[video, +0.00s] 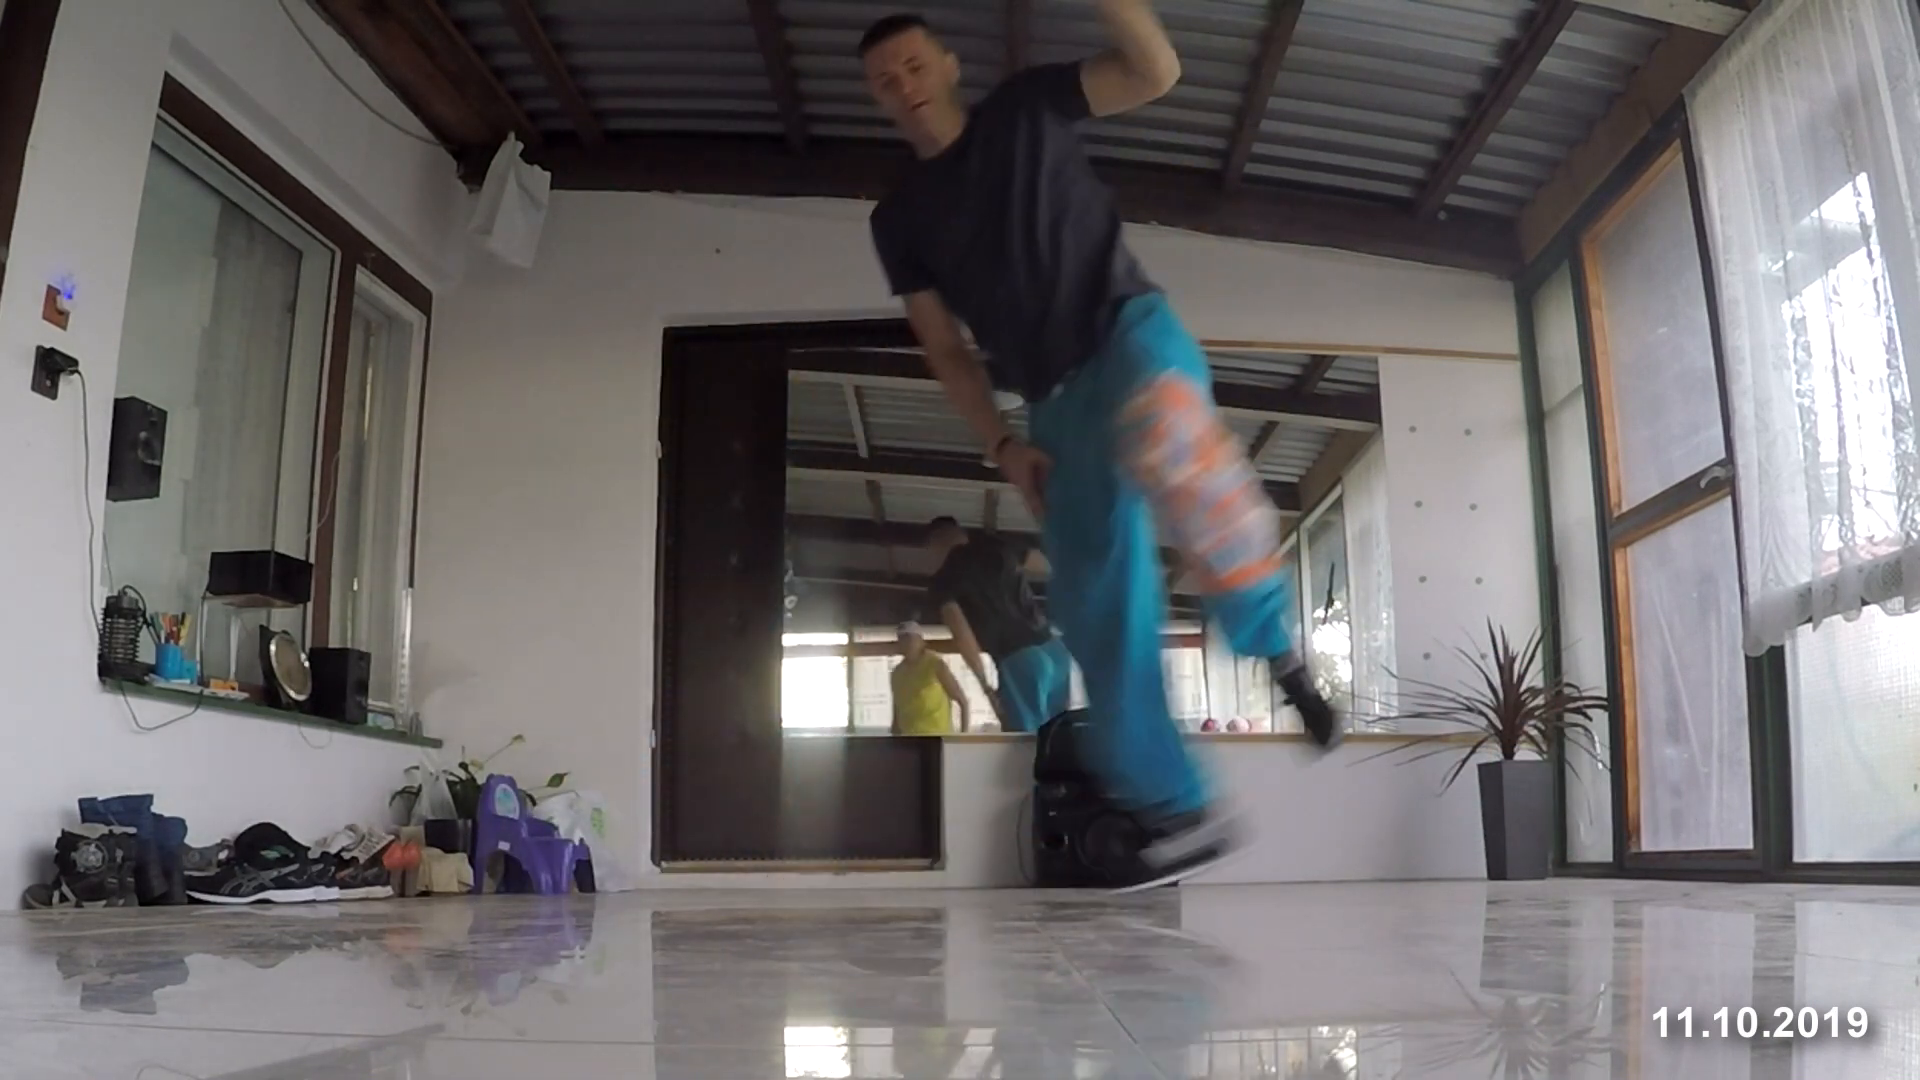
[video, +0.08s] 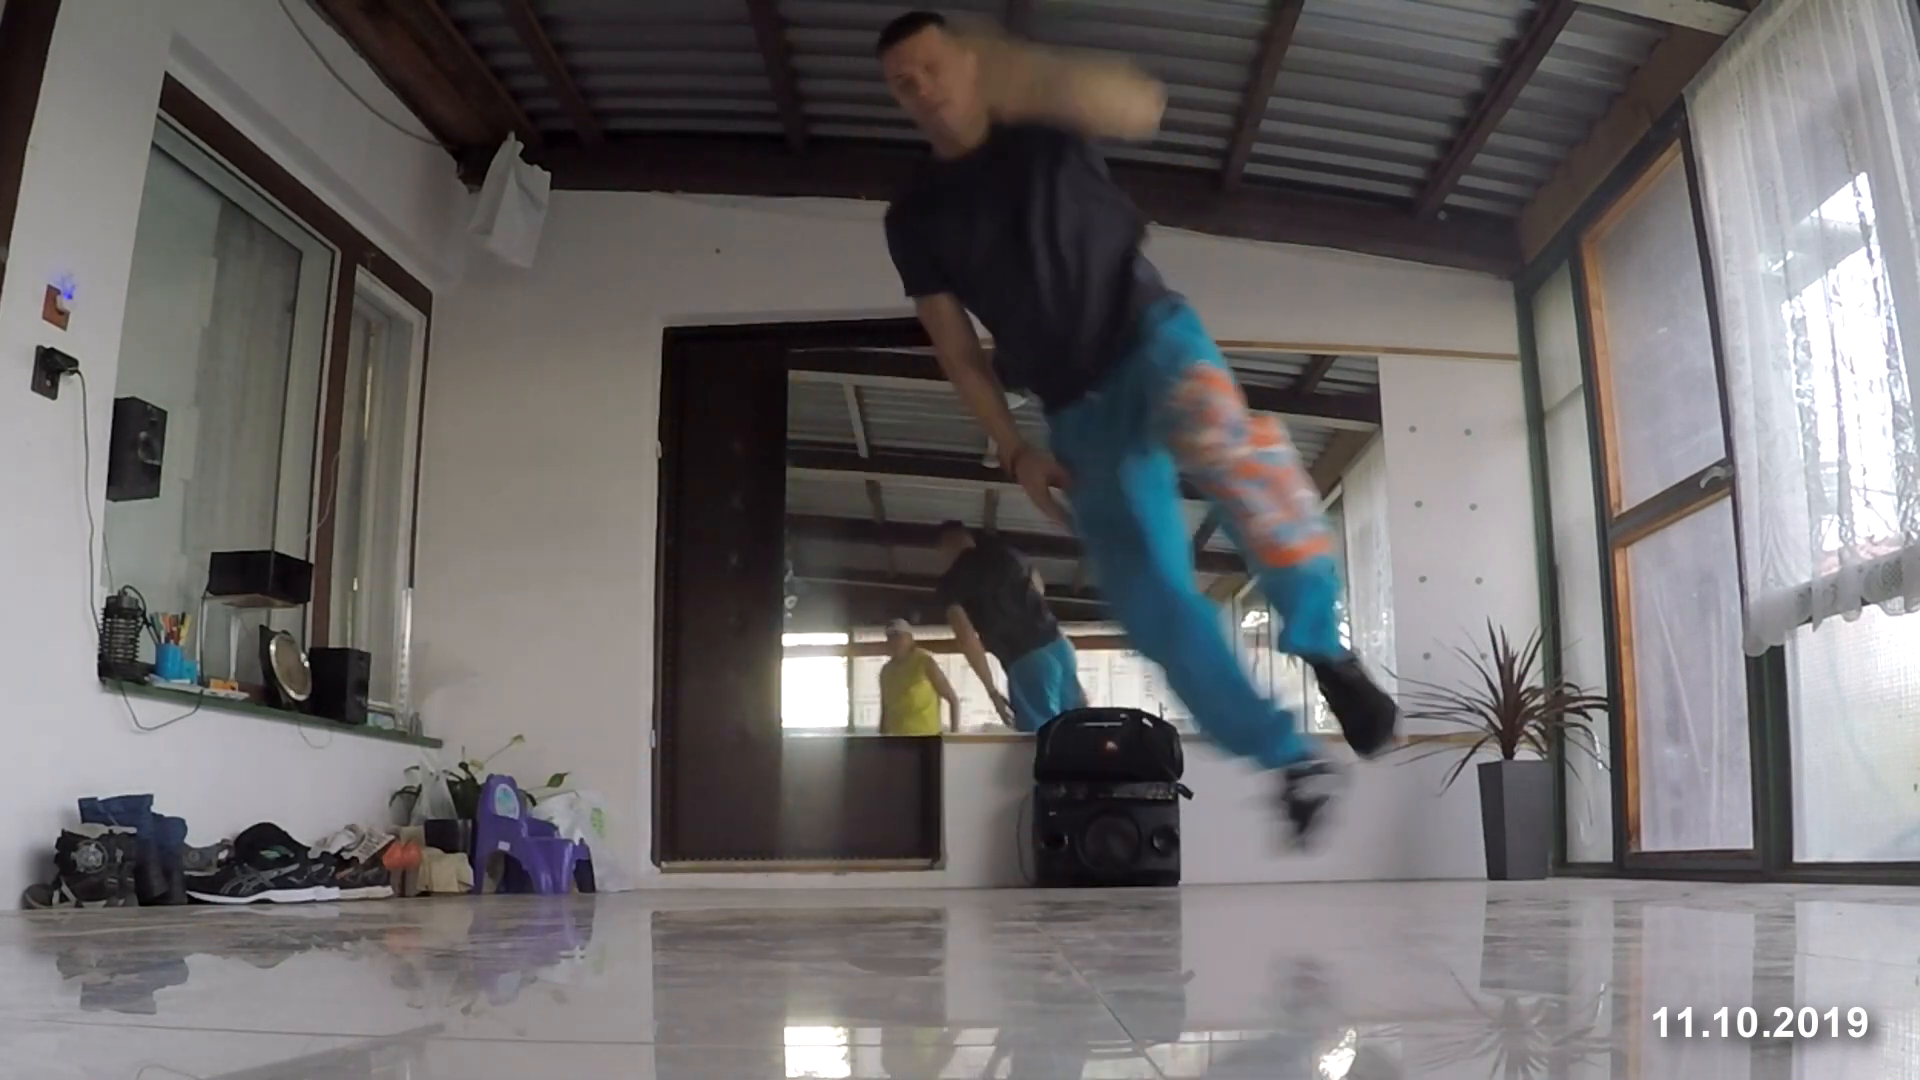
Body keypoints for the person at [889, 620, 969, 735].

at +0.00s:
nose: (907, 644)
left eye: (911, 639)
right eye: (903, 640)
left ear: (921, 641)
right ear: (899, 643)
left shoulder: (935, 664)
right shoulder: (897, 672)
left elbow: (963, 701)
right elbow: (897, 709)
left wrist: (964, 735)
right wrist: (895, 734)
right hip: (906, 737)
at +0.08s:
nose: (893, 643)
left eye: (897, 637)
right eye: (890, 638)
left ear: (909, 638)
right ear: (888, 641)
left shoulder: (924, 662)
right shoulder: (886, 670)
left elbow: (953, 699)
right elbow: (885, 707)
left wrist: (954, 733)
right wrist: (882, 734)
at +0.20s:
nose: (884, 639)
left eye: (888, 634)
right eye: (879, 635)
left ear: (899, 635)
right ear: (876, 638)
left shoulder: (911, 658)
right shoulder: (873, 667)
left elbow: (939, 697)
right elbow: (869, 708)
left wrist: (938, 734)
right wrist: (864, 739)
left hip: (914, 735)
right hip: (886, 737)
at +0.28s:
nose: (878, 638)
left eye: (882, 633)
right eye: (873, 634)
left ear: (891, 635)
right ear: (869, 637)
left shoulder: (905, 657)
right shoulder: (866, 667)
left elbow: (930, 690)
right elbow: (861, 706)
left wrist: (922, 726)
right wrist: (851, 733)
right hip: (879, 734)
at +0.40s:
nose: (864, 636)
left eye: (869, 631)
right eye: (860, 632)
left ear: (879, 634)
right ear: (856, 636)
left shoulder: (891, 656)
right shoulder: (855, 661)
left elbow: (910, 688)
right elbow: (852, 699)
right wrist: (844, 729)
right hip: (865, 729)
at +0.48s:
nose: (854, 637)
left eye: (859, 632)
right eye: (851, 633)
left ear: (870, 634)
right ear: (848, 635)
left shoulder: (883, 657)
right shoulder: (850, 662)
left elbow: (908, 697)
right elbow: (846, 698)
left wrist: (905, 728)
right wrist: (836, 726)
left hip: (882, 732)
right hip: (854, 732)